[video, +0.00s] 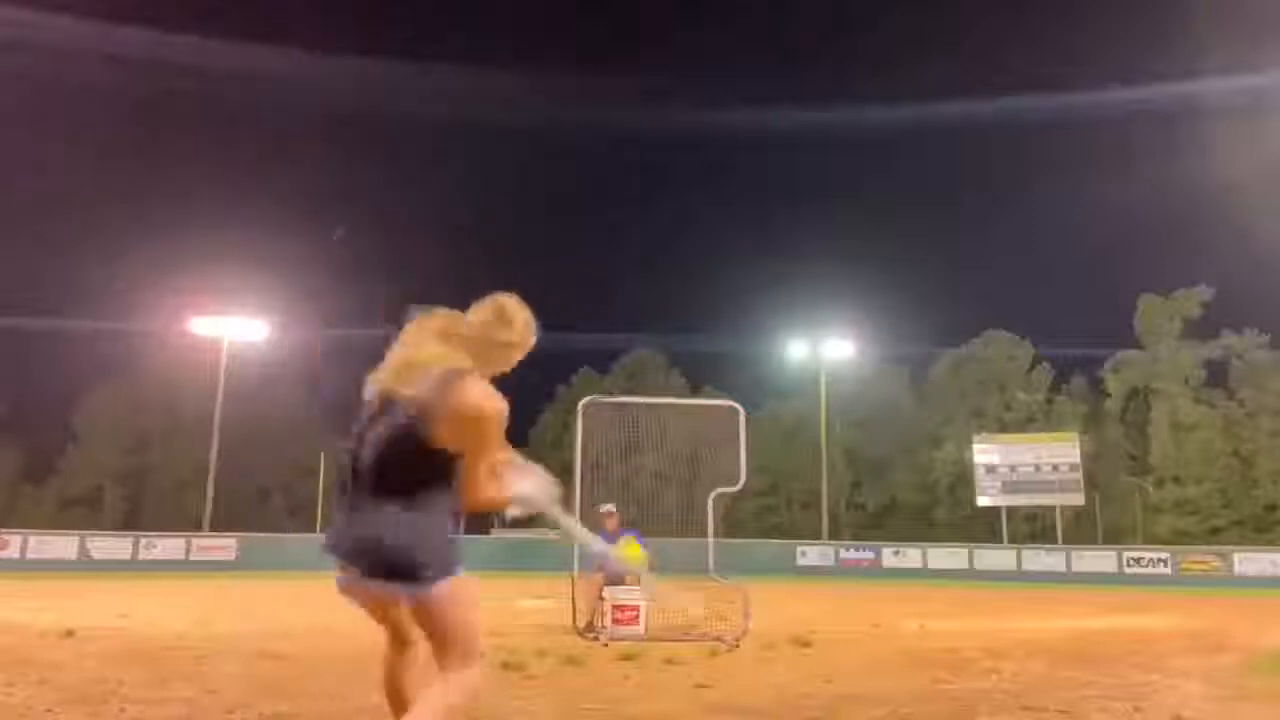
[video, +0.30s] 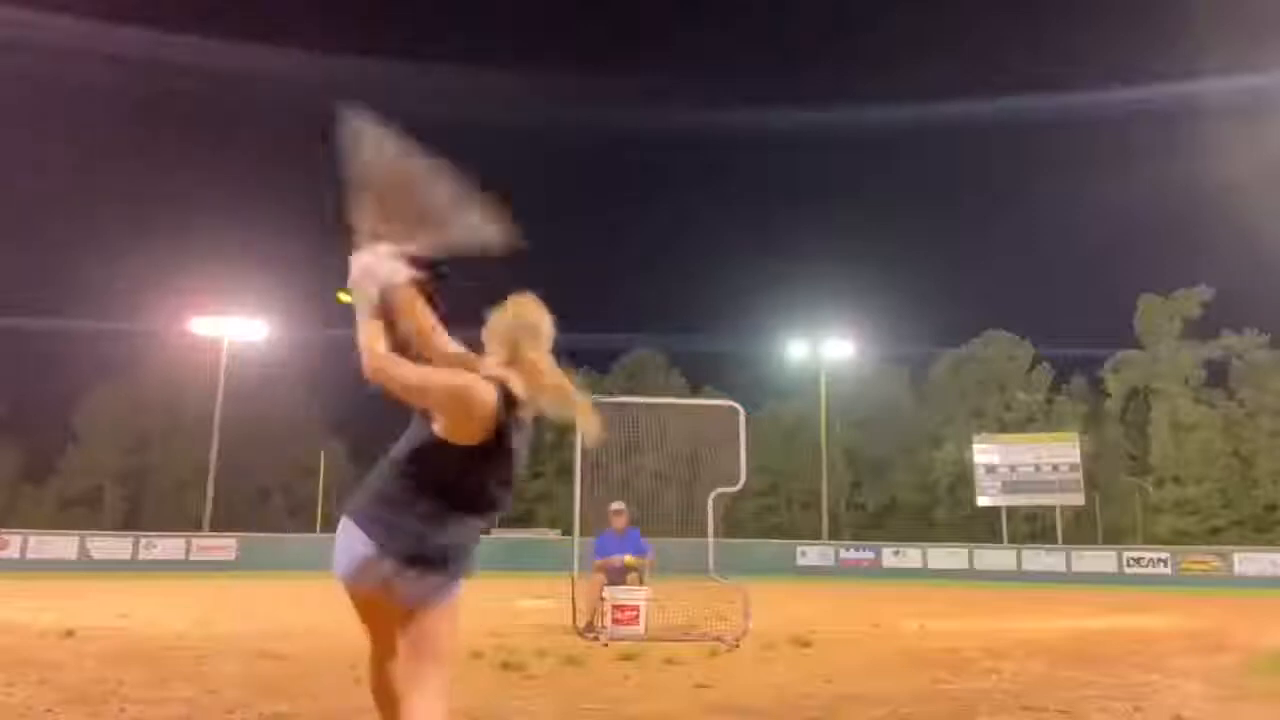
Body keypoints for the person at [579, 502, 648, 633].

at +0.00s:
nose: (610, 522)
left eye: (612, 517)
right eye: (606, 518)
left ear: (619, 518)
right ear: (603, 520)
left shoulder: (631, 536)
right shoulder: (599, 539)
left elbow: (642, 556)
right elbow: (594, 562)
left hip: (628, 573)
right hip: (607, 574)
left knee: (633, 579)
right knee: (594, 581)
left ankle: (633, 622)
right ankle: (590, 621)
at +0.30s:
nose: (618, 519)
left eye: (621, 514)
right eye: (614, 515)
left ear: (628, 517)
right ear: (610, 518)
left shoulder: (634, 535)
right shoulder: (604, 537)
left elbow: (647, 560)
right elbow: (596, 564)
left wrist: (629, 561)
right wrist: (611, 562)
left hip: (627, 571)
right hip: (609, 572)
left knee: (633, 578)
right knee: (597, 579)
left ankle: (634, 622)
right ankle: (589, 621)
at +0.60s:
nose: (620, 518)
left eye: (623, 514)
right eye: (617, 514)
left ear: (628, 517)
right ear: (611, 517)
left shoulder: (635, 535)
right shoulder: (605, 536)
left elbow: (648, 561)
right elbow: (597, 564)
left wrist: (630, 561)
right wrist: (614, 563)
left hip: (629, 571)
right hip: (611, 572)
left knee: (635, 577)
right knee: (598, 578)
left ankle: (636, 619)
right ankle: (591, 620)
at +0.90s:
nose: (620, 519)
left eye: (623, 515)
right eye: (616, 515)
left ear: (628, 517)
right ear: (611, 517)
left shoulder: (635, 536)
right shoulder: (604, 537)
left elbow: (647, 560)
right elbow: (596, 561)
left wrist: (628, 564)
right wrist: (607, 569)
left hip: (629, 573)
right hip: (610, 573)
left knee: (636, 578)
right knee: (597, 579)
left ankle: (636, 620)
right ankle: (591, 620)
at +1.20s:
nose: (618, 522)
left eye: (620, 518)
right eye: (614, 518)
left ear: (625, 519)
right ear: (609, 519)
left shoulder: (633, 535)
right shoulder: (604, 537)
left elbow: (642, 559)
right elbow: (596, 561)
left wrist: (626, 567)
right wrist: (604, 568)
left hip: (628, 571)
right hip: (608, 573)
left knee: (640, 583)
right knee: (594, 586)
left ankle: (638, 622)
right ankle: (591, 621)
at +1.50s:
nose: (617, 524)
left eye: (620, 519)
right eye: (614, 519)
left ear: (625, 520)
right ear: (609, 521)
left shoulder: (634, 536)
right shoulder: (603, 538)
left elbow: (641, 558)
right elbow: (596, 561)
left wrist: (637, 574)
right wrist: (602, 569)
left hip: (628, 573)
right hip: (609, 574)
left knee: (640, 581)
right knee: (594, 585)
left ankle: (638, 623)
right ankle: (590, 621)